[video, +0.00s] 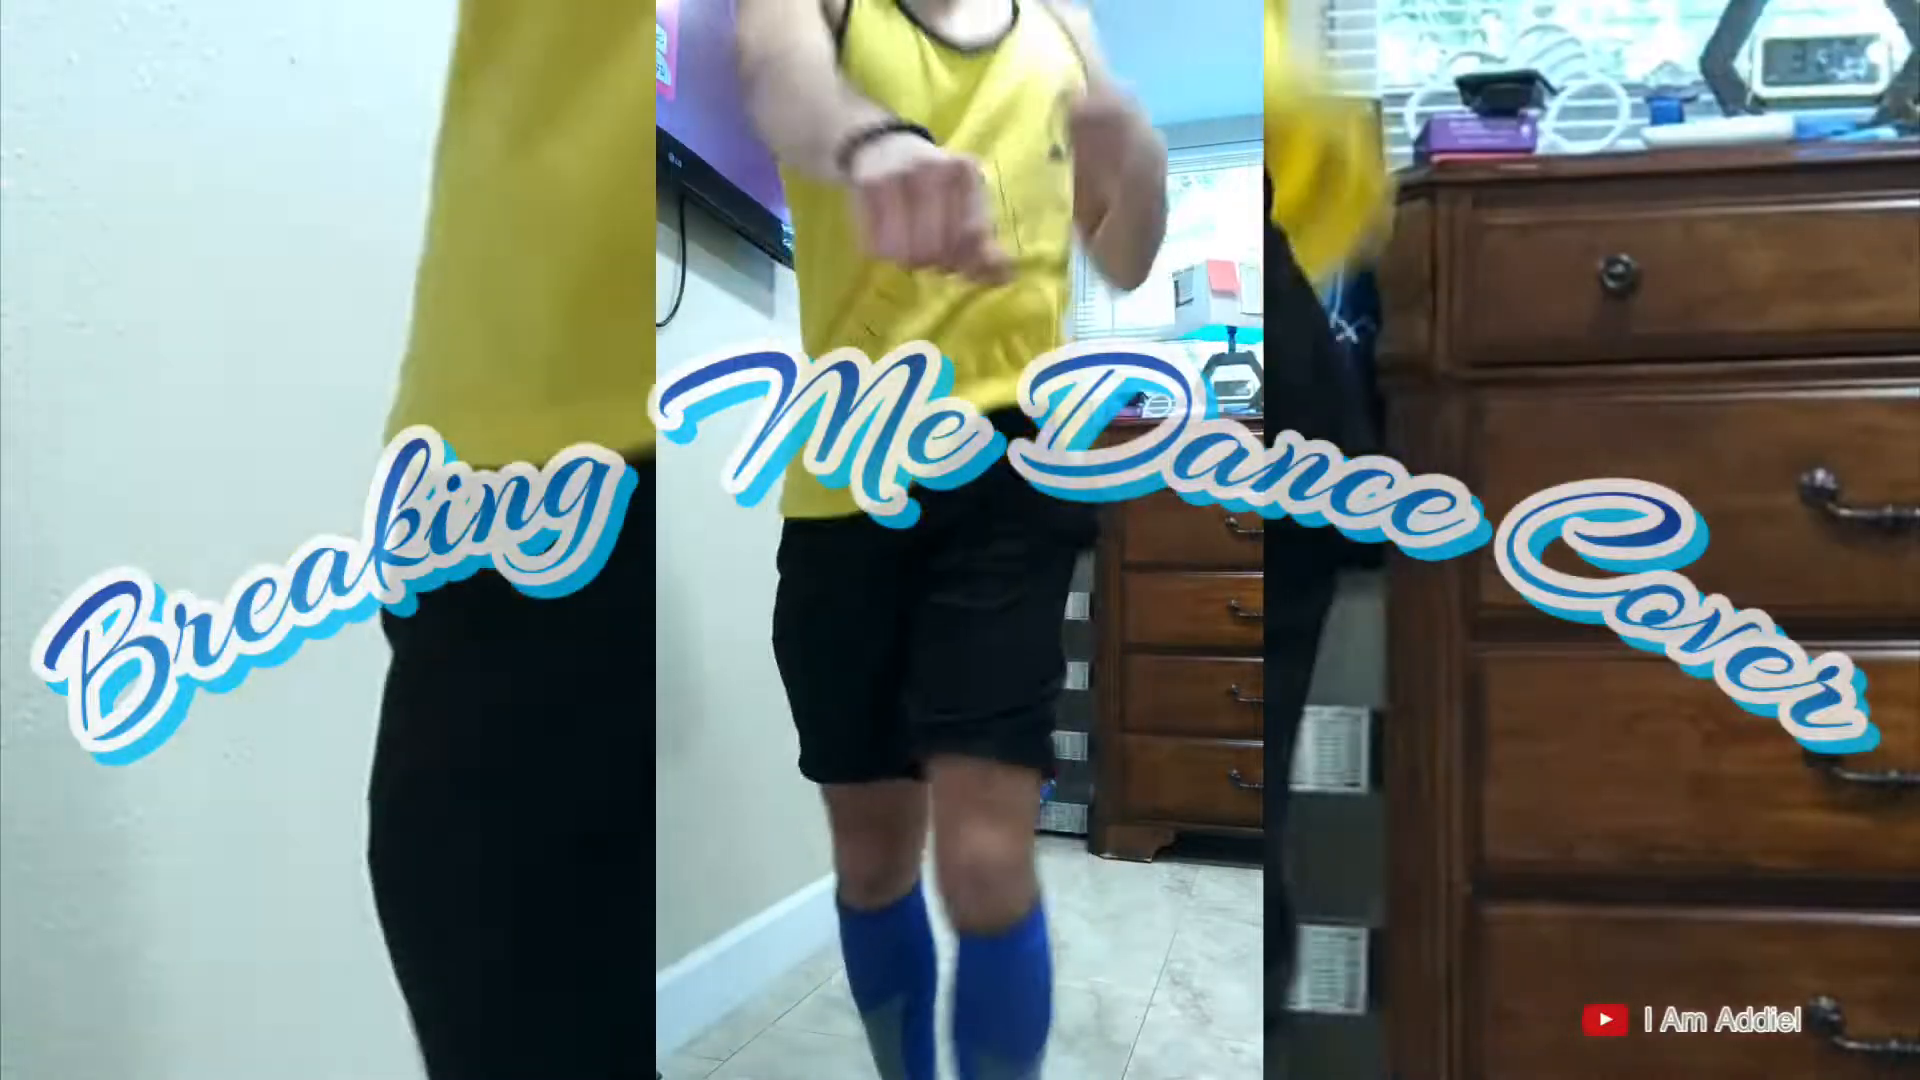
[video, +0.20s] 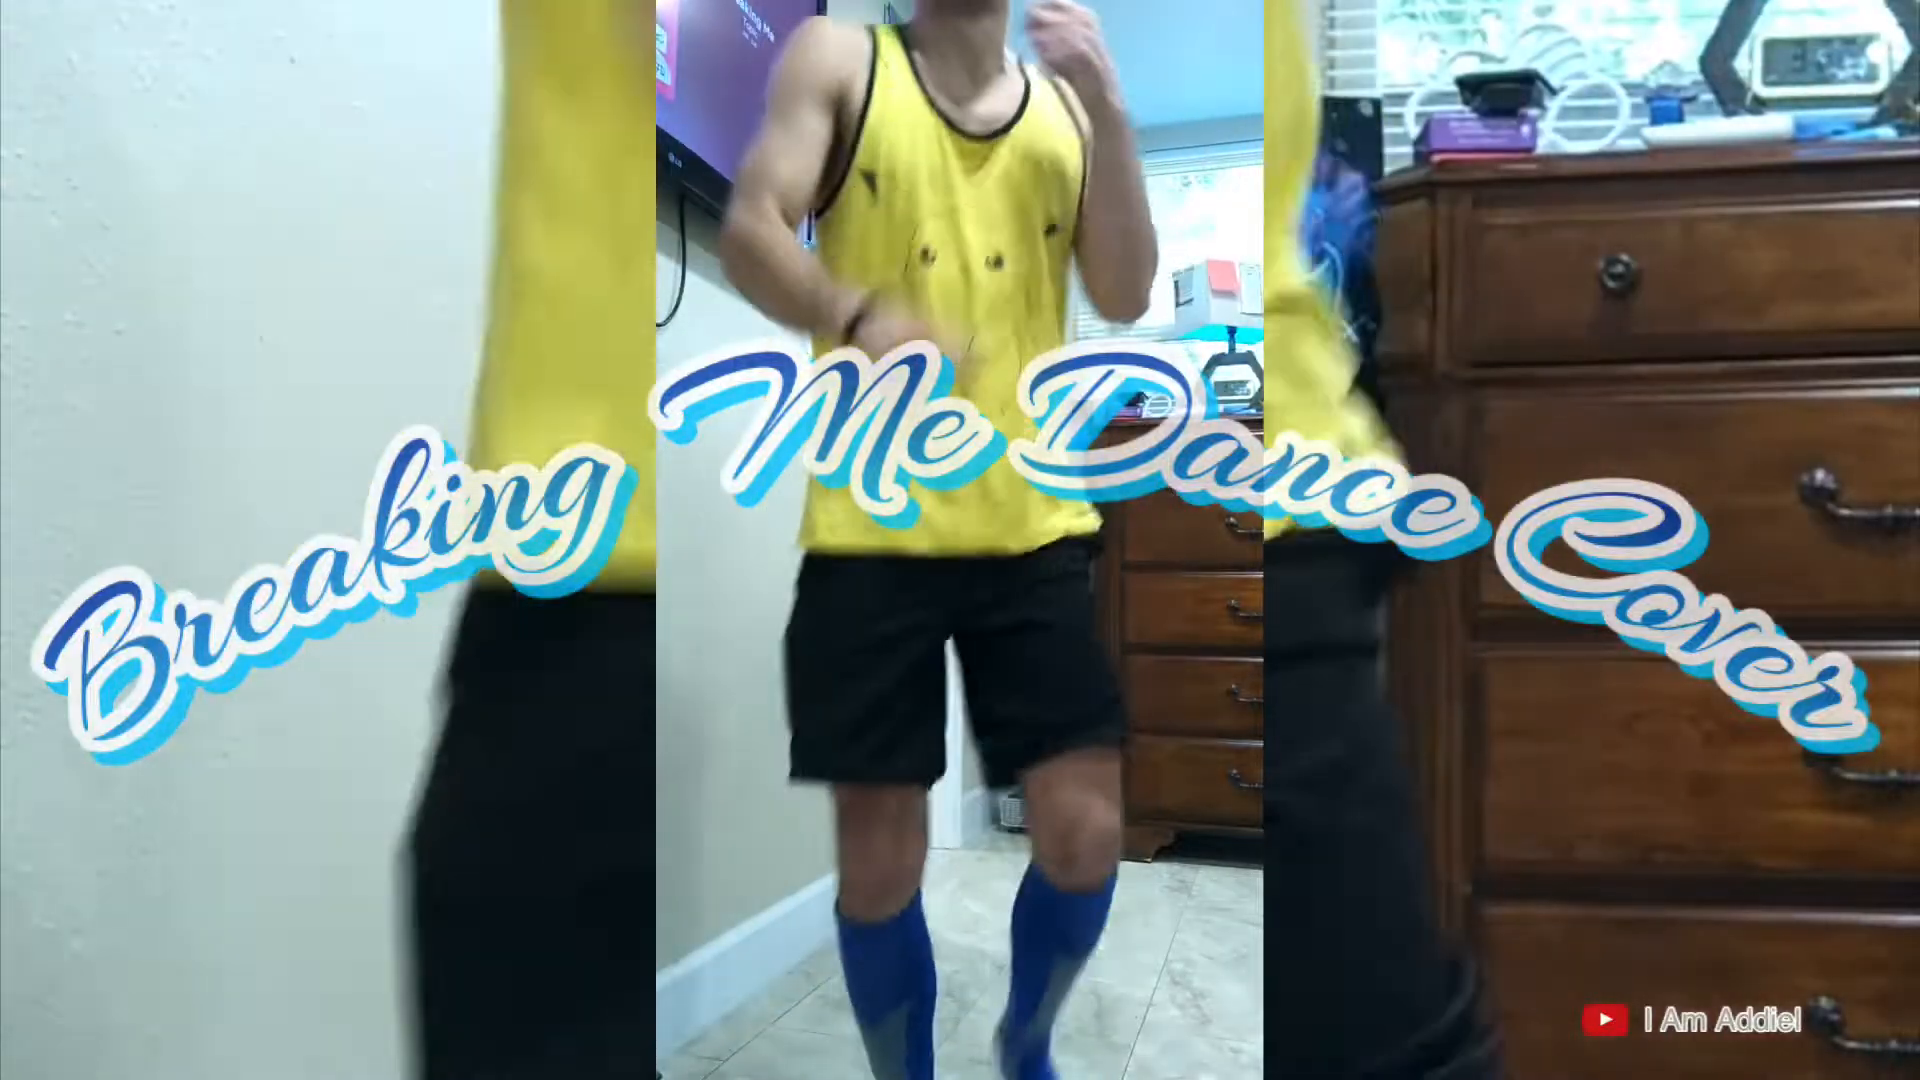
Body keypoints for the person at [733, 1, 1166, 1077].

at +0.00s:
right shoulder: (806, 12)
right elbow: (788, 78)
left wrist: (1117, 154)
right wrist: (874, 140)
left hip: (1013, 473)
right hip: (845, 482)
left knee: (983, 861)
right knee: (872, 865)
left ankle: (1000, 1065)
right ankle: (907, 1069)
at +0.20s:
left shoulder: (1062, 104)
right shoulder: (840, 53)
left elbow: (1125, 291)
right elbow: (748, 231)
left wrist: (1105, 112)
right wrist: (858, 314)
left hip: (1034, 522)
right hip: (873, 528)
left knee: (1086, 832)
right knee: (879, 849)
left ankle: (1027, 1047)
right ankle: (901, 1067)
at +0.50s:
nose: (1025, 8)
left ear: (1086, 25)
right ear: (977, 23)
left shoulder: (1139, 164)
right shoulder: (919, 161)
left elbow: (1170, 295)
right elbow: (853, 325)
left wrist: (1033, 197)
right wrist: (816, 477)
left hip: (1085, 534)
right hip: (943, 529)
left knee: (1073, 800)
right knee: (925, 806)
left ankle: (1068, 1028)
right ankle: (910, 1068)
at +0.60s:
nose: (1039, 30)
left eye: (1063, 17)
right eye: (1017, 21)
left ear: (1102, 58)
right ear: (992, 66)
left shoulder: (1151, 200)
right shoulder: (937, 191)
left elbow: (1127, 343)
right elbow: (905, 351)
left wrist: (964, 272)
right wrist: (863, 479)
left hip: (1091, 549)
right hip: (958, 540)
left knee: (1080, 808)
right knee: (949, 785)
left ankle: (1067, 1027)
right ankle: (963, 1032)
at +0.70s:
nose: (1038, 54)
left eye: (1061, 39)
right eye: (1018, 43)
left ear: (1099, 74)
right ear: (994, 82)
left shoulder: (1147, 202)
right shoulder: (948, 209)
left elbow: (1111, 339)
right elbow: (927, 358)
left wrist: (945, 367)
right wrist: (901, 443)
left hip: (1099, 554)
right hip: (972, 547)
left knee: (1086, 804)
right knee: (955, 790)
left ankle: (1068, 1023)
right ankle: (1011, 939)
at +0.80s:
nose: (1021, 53)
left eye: (1046, 36)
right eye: (1002, 39)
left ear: (1082, 67)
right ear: (980, 71)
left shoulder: (1129, 164)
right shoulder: (953, 207)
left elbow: (1111, 305)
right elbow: (952, 337)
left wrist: (1058, 450)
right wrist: (906, 419)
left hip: (1096, 543)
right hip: (972, 542)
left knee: (1080, 788)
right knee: (966, 795)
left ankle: (1071, 1017)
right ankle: (1027, 944)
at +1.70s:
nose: (1076, 127)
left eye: (1091, 116)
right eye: (1056, 117)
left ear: (1113, 148)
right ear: (1026, 146)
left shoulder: (1090, 286)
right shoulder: (985, 215)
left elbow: (1110, 431)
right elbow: (873, 323)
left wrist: (1157, 319)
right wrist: (889, 453)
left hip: (1073, 540)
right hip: (987, 535)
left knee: (1127, 747)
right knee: (1009, 771)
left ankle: (1074, 970)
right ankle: (984, 980)